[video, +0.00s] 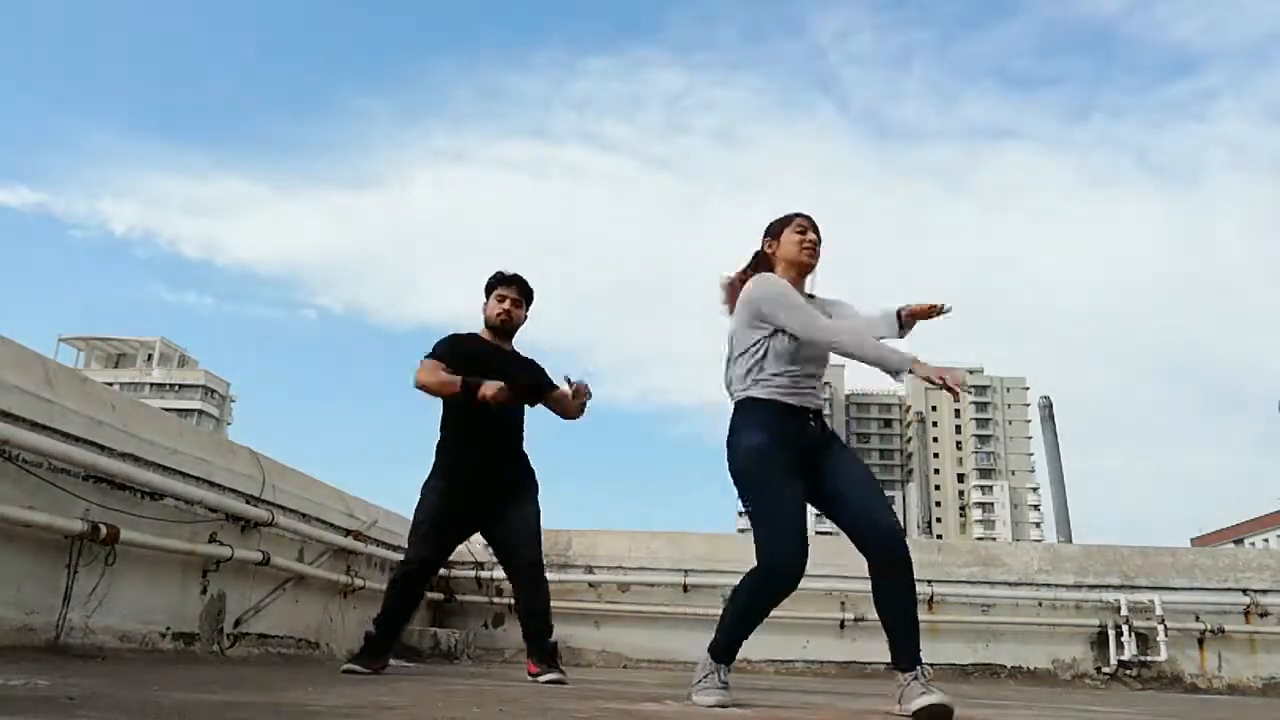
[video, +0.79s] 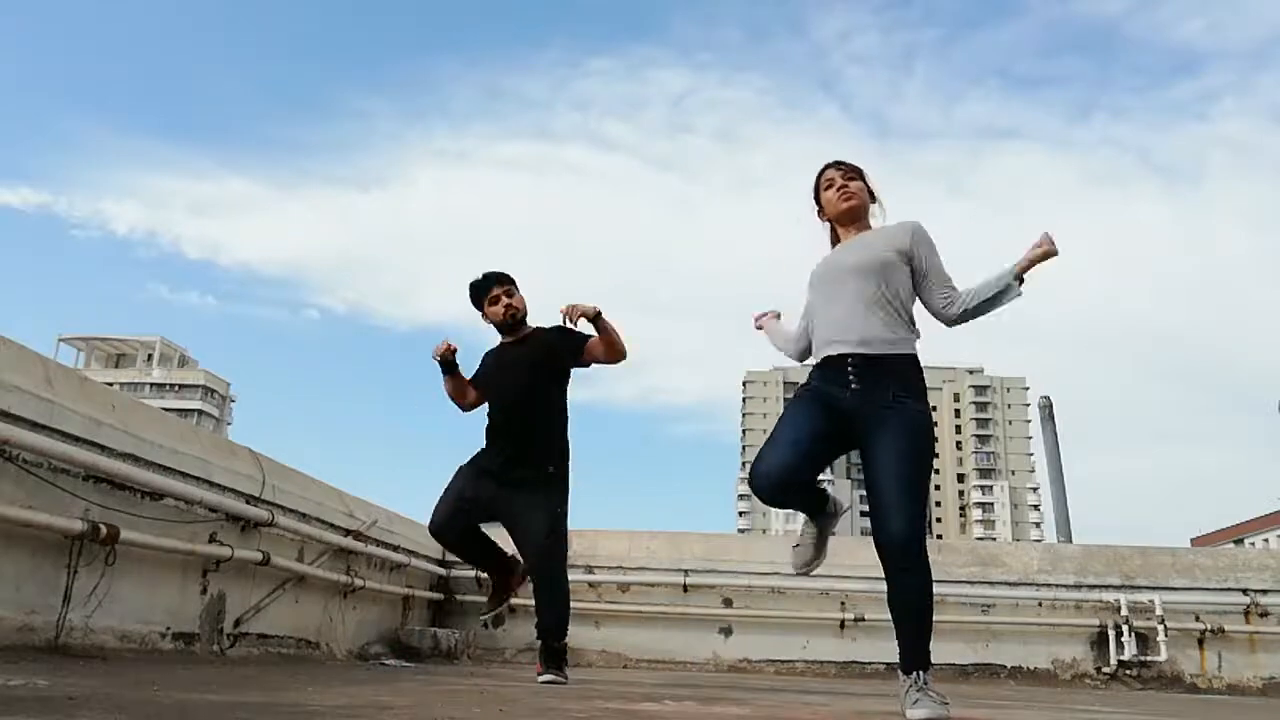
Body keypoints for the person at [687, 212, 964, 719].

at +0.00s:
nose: (811, 238)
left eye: (815, 234)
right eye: (798, 230)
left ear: (816, 254)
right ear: (770, 246)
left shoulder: (817, 304)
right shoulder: (763, 287)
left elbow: (854, 324)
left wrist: (903, 317)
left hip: (814, 436)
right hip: (762, 431)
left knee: (888, 543)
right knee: (782, 566)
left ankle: (911, 679)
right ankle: (714, 666)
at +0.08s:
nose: (821, 230)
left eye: (827, 228)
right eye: (809, 222)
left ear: (826, 248)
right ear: (779, 235)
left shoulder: (827, 300)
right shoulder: (768, 275)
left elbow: (893, 337)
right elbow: (816, 325)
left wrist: (908, 311)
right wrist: (904, 342)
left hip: (827, 430)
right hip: (773, 422)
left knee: (894, 539)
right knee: (782, 560)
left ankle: (912, 680)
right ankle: (715, 664)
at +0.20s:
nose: (831, 212)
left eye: (837, 209)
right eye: (820, 203)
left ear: (837, 228)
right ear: (790, 214)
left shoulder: (836, 290)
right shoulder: (772, 246)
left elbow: (907, 336)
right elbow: (773, 266)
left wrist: (912, 304)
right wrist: (855, 293)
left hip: (840, 410)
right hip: (781, 399)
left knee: (890, 535)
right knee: (769, 541)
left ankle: (911, 679)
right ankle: (712, 665)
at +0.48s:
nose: (852, 210)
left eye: (858, 206)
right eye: (839, 206)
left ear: (865, 225)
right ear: (817, 228)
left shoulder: (882, 282)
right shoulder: (803, 281)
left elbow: (907, 291)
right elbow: (830, 331)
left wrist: (892, 281)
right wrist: (906, 356)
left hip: (879, 419)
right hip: (811, 419)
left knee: (916, 545)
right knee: (776, 546)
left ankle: (917, 682)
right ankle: (712, 664)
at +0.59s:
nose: (851, 195)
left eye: (857, 188)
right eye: (837, 192)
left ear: (872, 204)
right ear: (822, 215)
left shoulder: (903, 246)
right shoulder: (808, 282)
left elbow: (937, 306)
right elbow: (791, 354)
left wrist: (915, 328)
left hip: (891, 397)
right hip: (822, 401)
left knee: (905, 538)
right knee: (768, 499)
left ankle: (916, 678)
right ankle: (770, 602)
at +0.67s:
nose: (849, 187)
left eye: (856, 181)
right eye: (836, 185)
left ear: (871, 196)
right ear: (821, 211)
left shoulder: (906, 240)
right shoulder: (812, 279)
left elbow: (951, 303)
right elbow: (794, 358)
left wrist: (954, 325)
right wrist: (729, 380)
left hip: (896, 387)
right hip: (828, 388)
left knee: (900, 538)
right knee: (771, 471)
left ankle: (915, 679)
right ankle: (815, 541)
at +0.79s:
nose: (843, 185)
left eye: (851, 178)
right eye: (830, 184)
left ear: (870, 194)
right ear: (821, 211)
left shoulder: (905, 234)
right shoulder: (822, 271)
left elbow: (952, 307)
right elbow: (800, 347)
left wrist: (1021, 267)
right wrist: (771, 324)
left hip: (893, 384)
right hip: (826, 384)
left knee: (899, 538)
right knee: (770, 478)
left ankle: (916, 681)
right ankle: (823, 510)